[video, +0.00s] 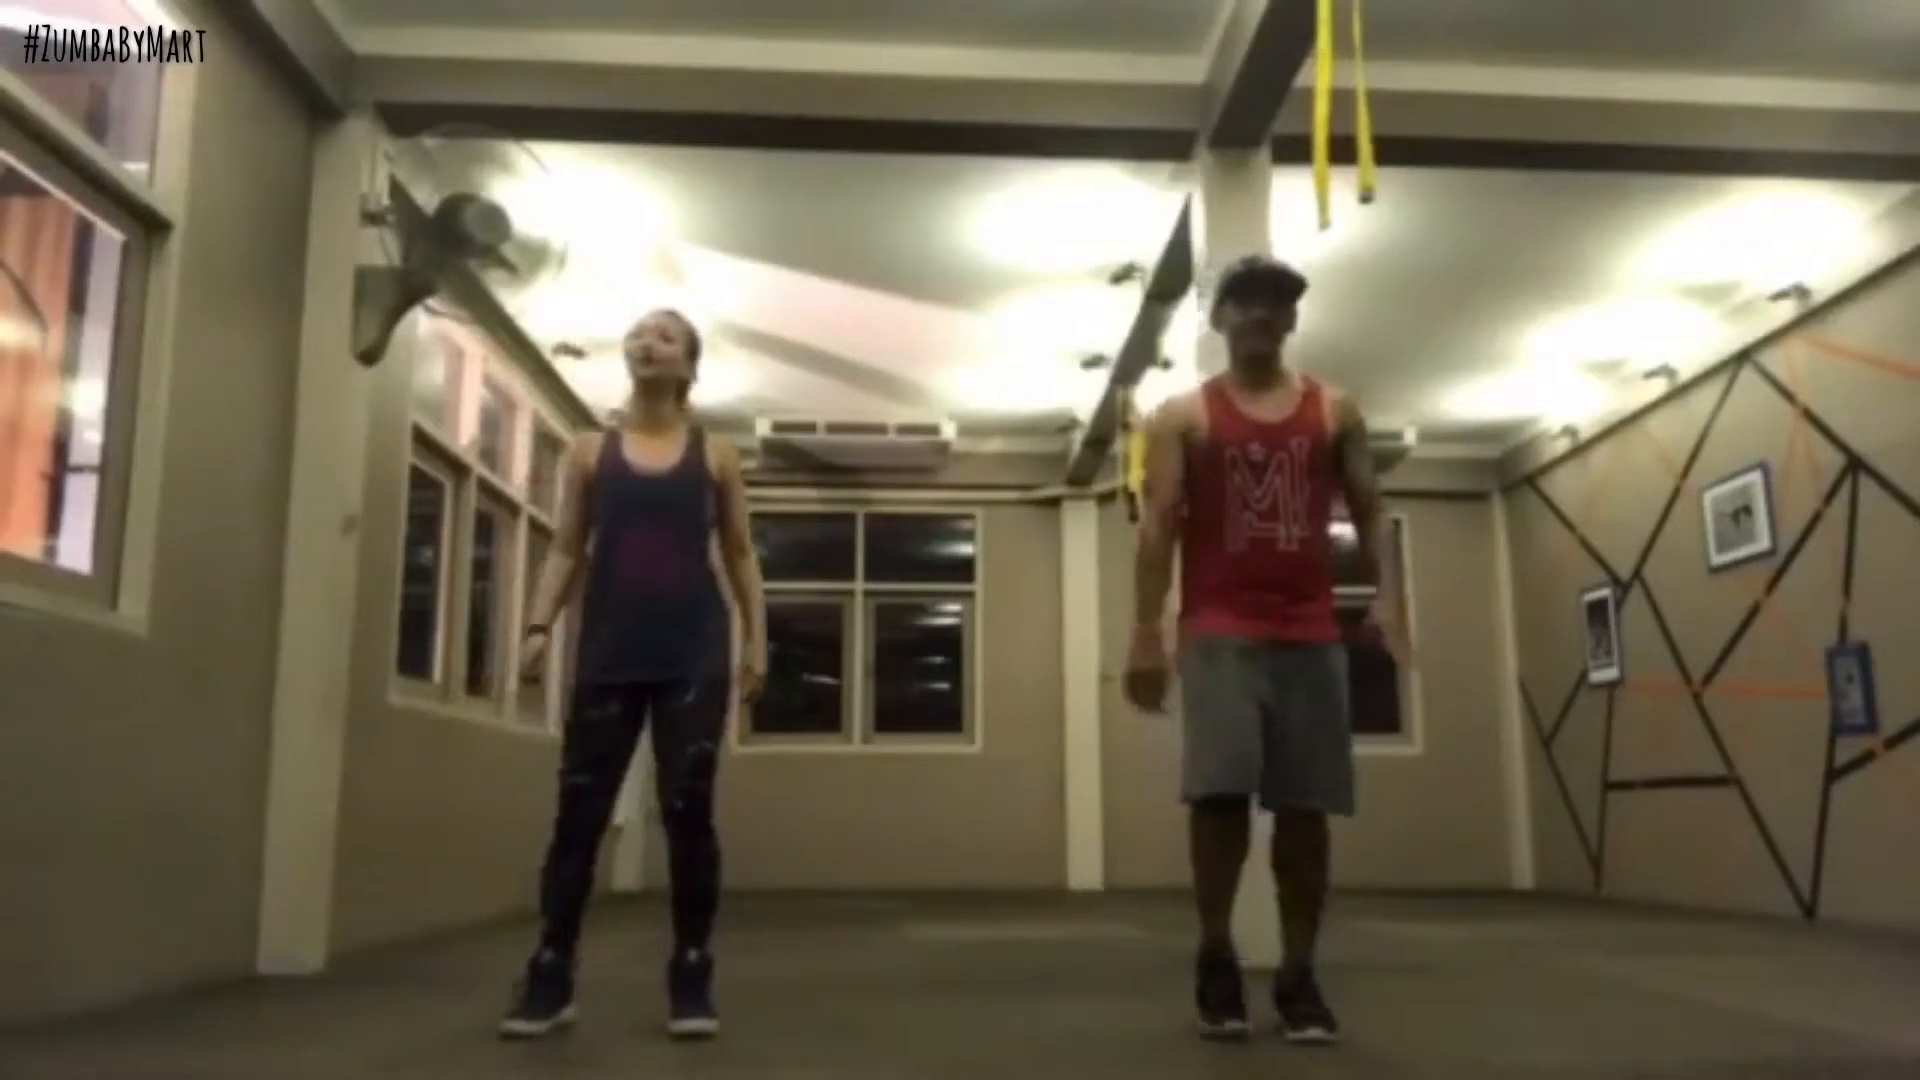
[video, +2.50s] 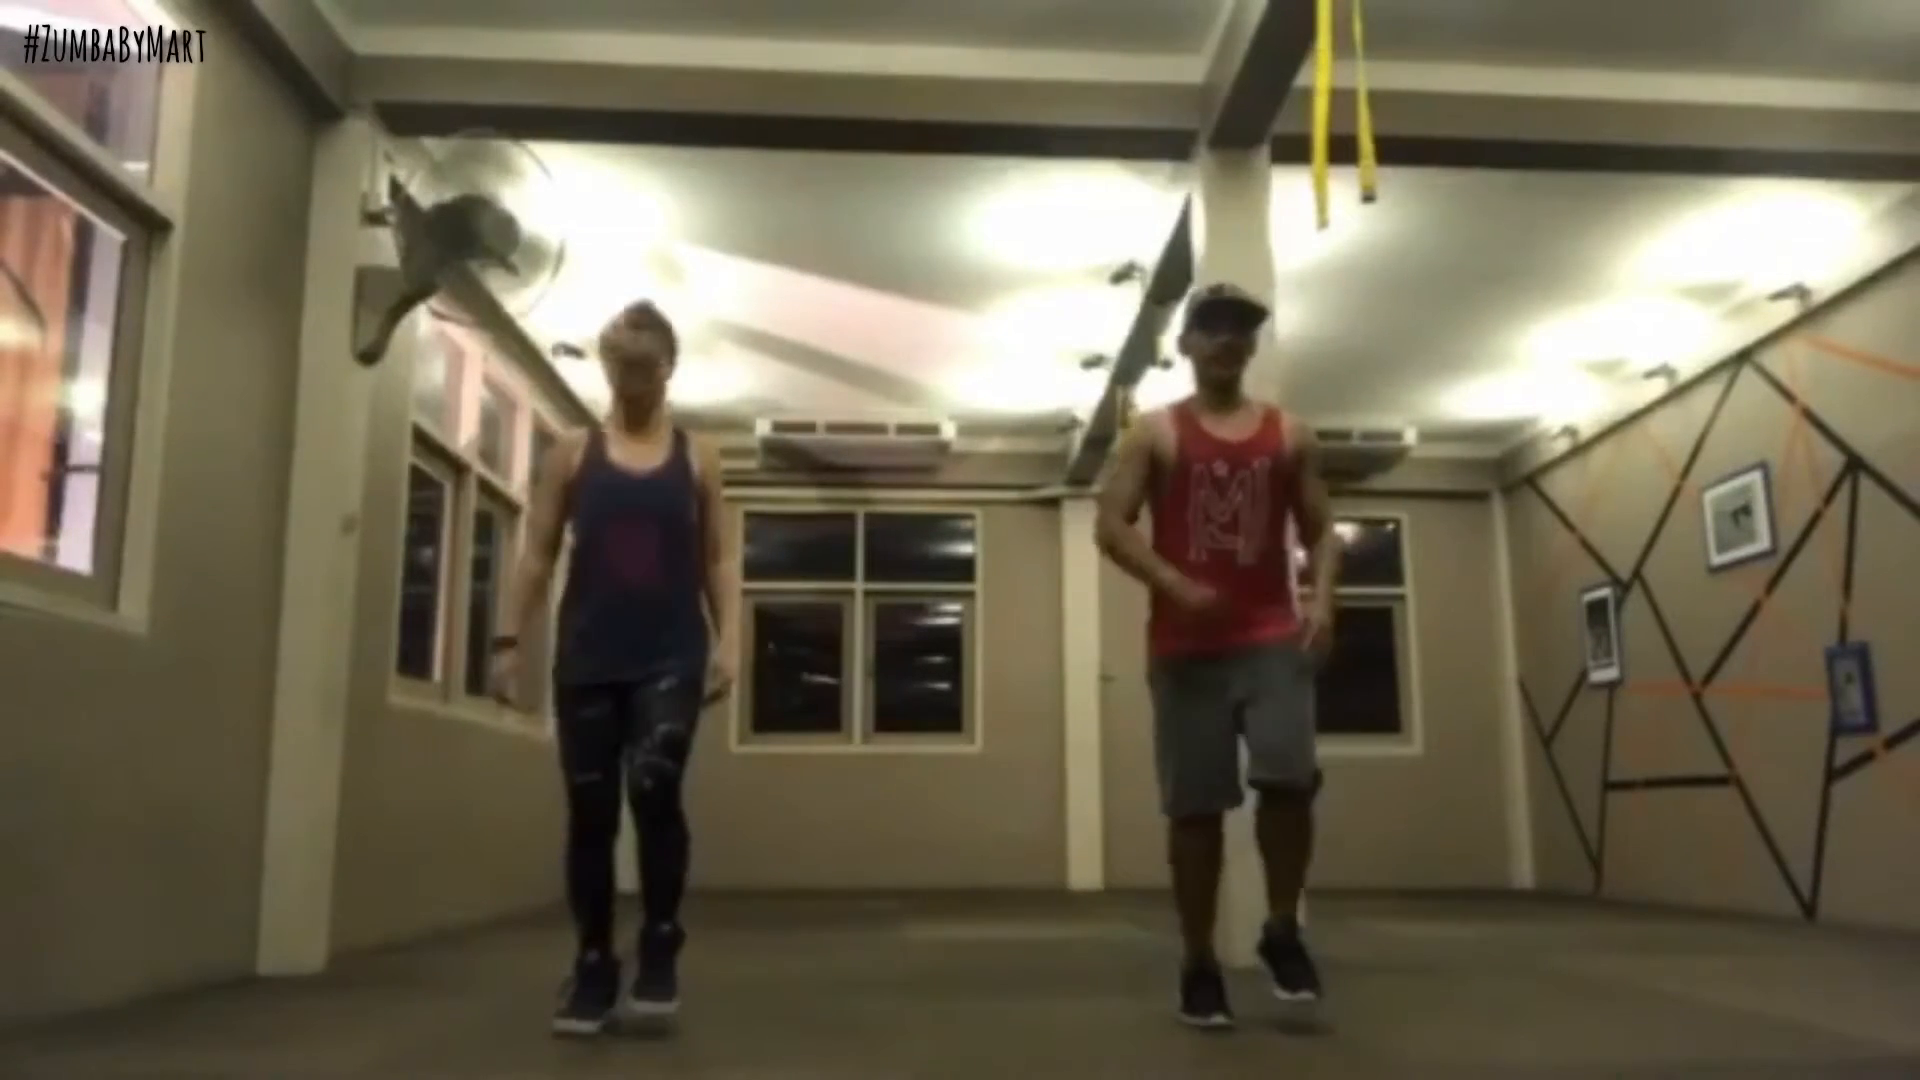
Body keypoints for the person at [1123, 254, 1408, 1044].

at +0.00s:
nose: (1259, 323)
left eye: (1274, 311)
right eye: (1245, 310)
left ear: (1293, 319)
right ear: (1220, 319)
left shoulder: (1333, 412)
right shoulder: (1184, 418)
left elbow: (1371, 514)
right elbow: (1157, 528)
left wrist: (1388, 602)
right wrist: (1145, 632)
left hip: (1309, 634)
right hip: (1219, 633)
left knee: (1304, 809)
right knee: (1221, 803)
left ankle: (1298, 976)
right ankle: (1217, 961)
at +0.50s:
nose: (1235, 304)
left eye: (1250, 294)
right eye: (1221, 292)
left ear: (1269, 313)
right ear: (1195, 309)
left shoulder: (1304, 414)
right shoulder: (1159, 411)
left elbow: (1343, 511)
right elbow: (1100, 505)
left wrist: (1346, 592)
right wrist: (1147, 581)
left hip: (1292, 630)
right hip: (1199, 638)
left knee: (1305, 796)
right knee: (1205, 810)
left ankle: (1301, 951)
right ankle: (1209, 974)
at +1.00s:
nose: (1250, 319)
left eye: (1264, 308)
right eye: (1236, 307)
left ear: (1283, 323)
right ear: (1212, 323)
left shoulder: (1323, 419)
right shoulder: (1180, 422)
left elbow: (1363, 514)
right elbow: (1145, 519)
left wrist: (1341, 589)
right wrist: (1173, 598)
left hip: (1299, 639)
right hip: (1213, 637)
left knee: (1298, 809)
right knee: (1212, 798)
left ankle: (1297, 972)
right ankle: (1207, 964)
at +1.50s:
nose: (1232, 332)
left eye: (1246, 321)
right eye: (1218, 319)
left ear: (1264, 335)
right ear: (1193, 332)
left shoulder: (1289, 427)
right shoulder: (1156, 427)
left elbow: (1325, 515)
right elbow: (1102, 516)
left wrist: (1329, 588)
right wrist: (1164, 571)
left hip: (1272, 631)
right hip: (1187, 638)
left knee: (1284, 787)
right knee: (1192, 806)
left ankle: (1288, 942)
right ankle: (1195, 968)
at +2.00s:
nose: (1249, 343)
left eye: (1262, 331)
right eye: (1234, 331)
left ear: (1278, 341)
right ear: (1208, 340)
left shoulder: (1312, 430)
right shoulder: (1175, 432)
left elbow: (1354, 514)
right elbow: (1138, 533)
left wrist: (1362, 580)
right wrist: (1174, 610)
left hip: (1293, 637)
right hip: (1213, 638)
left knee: (1292, 805)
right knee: (1213, 794)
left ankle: (1287, 966)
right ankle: (1197, 946)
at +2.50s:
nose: (1223, 344)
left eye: (1237, 332)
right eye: (1209, 332)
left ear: (1254, 343)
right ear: (1186, 342)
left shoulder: (1287, 434)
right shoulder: (1154, 433)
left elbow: (1321, 530)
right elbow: (1110, 527)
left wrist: (1320, 602)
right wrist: (1172, 582)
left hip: (1271, 639)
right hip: (1187, 647)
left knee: (1290, 784)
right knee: (1196, 808)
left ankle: (1284, 931)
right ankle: (1200, 965)